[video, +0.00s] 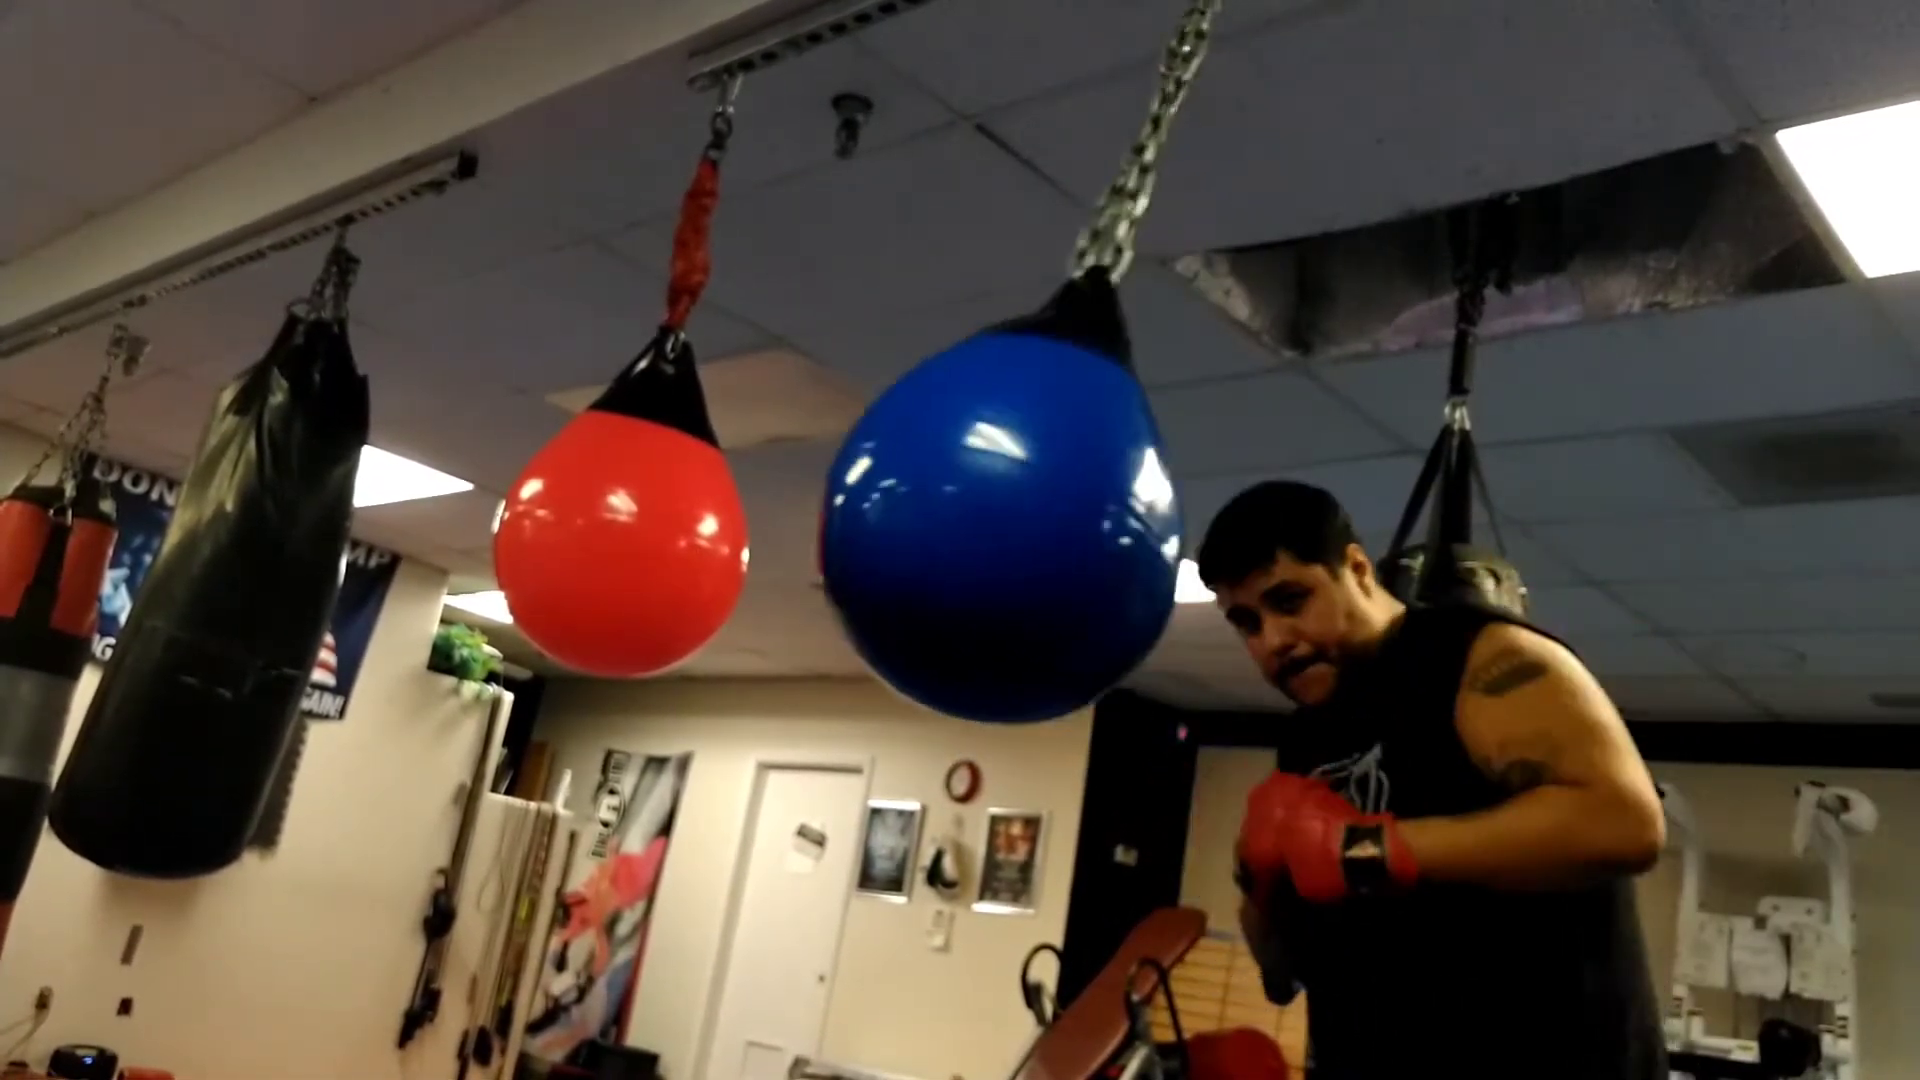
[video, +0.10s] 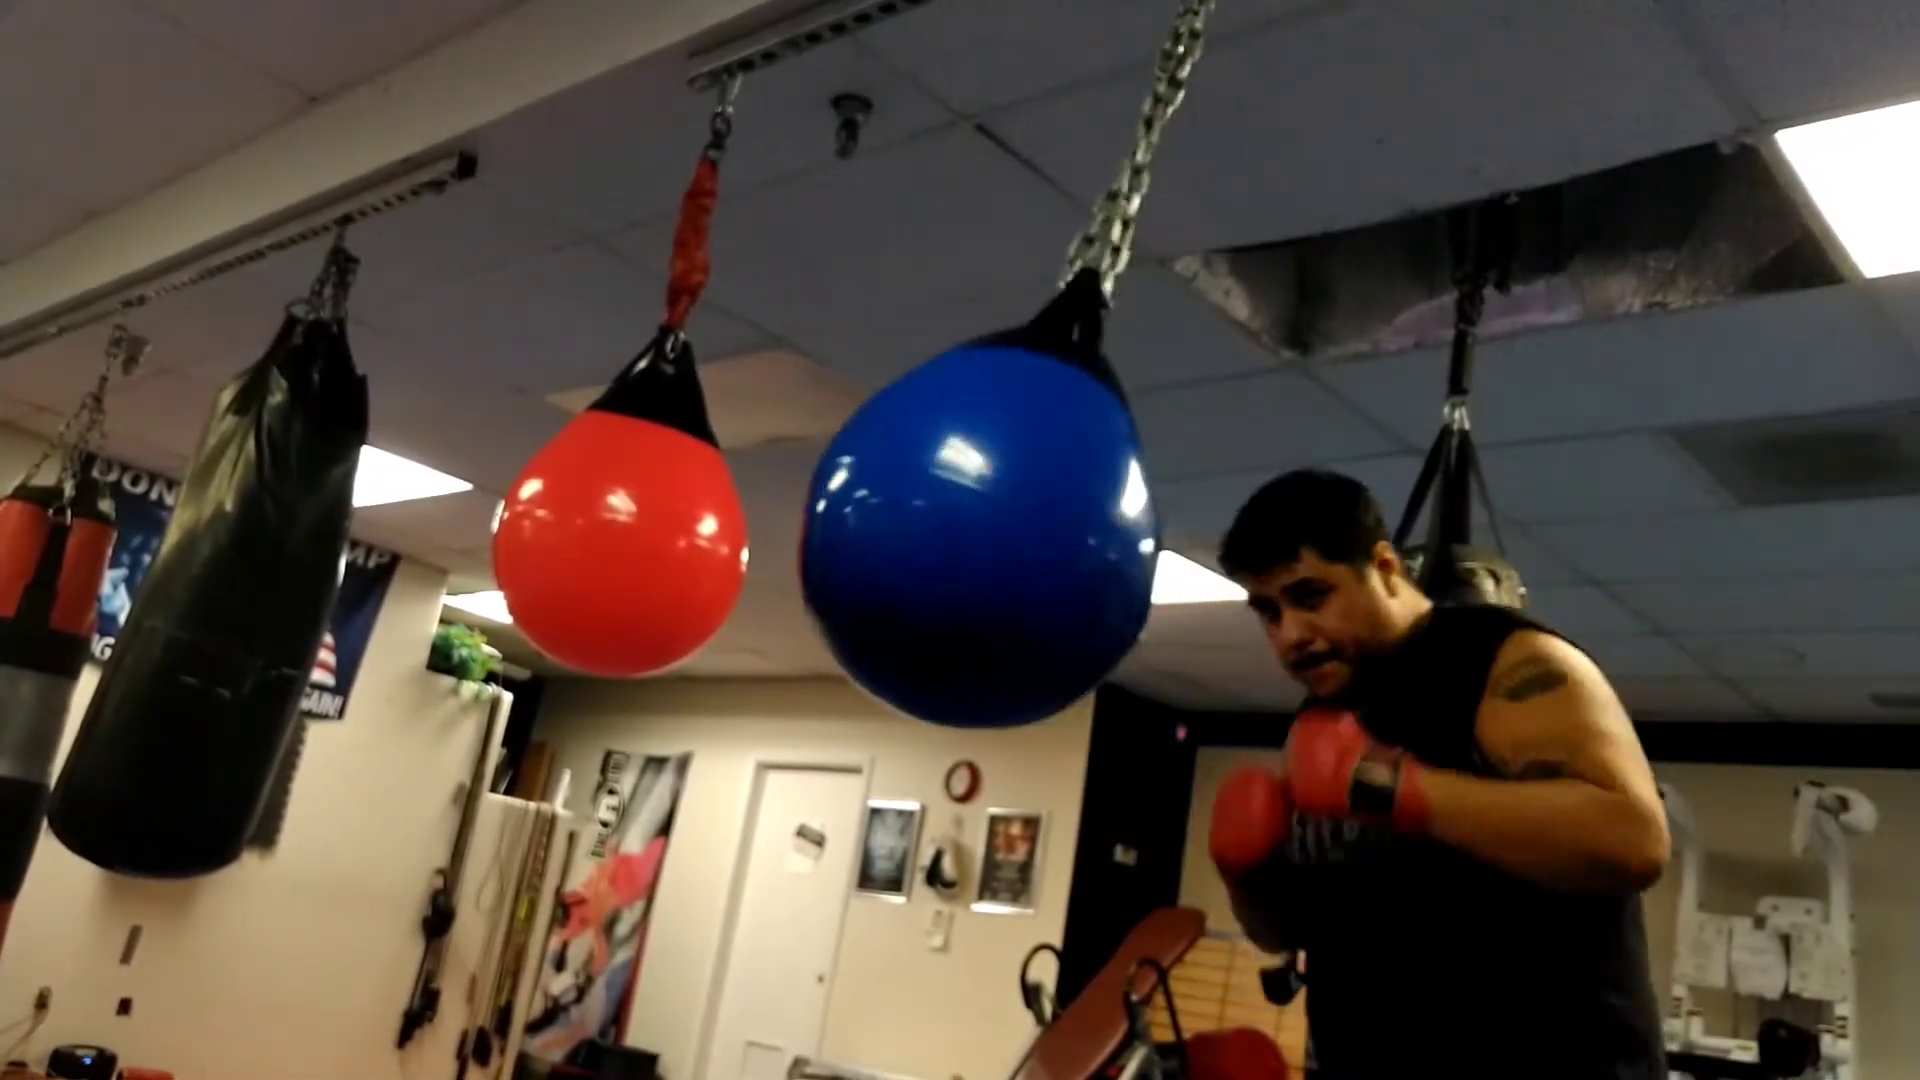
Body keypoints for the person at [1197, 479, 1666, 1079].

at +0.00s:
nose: (1274, 641)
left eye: (1291, 601)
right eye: (1247, 623)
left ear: (1357, 570)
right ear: (1234, 631)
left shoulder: (1493, 659)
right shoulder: (1310, 738)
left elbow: (1622, 818)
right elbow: (1281, 965)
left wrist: (1375, 847)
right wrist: (1267, 876)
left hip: (1551, 1078)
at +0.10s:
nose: (1289, 636)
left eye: (1310, 597)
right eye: (1268, 614)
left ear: (1386, 568)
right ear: (1254, 617)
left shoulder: (1522, 665)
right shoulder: (1327, 725)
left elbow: (1632, 838)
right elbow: (1280, 934)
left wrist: (1391, 782)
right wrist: (1251, 870)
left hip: (1552, 1072)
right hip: (1376, 1074)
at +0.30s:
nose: (1326, 634)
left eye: (1338, 602)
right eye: (1313, 612)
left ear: (1422, 561)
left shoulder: (1594, 689)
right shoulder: (1388, 660)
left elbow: (1573, 890)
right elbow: (1289, 641)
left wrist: (1389, 736)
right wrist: (1173, 639)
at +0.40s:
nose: (1365, 617)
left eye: (1383, 583)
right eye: (1351, 592)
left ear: (1472, 550)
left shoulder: (1617, 699)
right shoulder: (1391, 643)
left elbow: (1583, 904)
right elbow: (1283, 656)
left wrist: (1406, 755)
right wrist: (1225, 674)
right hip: (1394, 1064)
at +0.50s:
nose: (1404, 621)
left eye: (1432, 584)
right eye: (1383, 590)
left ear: (1519, 558)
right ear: (1368, 584)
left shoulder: (1641, 696)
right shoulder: (1385, 650)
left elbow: (1671, 922)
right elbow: (1237, 743)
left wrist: (1488, 792)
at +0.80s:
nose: (1391, 647)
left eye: (1420, 618)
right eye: (1366, 619)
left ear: (1490, 600)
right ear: (1347, 613)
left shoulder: (1568, 670)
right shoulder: (1355, 722)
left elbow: (1655, 776)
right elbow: (1321, 907)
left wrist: (1443, 721)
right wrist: (1306, 824)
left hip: (1592, 1073)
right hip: (1411, 1073)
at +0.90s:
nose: (1385, 634)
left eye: (1410, 608)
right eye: (1362, 614)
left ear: (1485, 591)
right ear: (1347, 609)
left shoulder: (1546, 630)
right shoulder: (1386, 718)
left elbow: (1505, 667)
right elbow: (1343, 904)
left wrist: (1274, 661)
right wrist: (1322, 798)